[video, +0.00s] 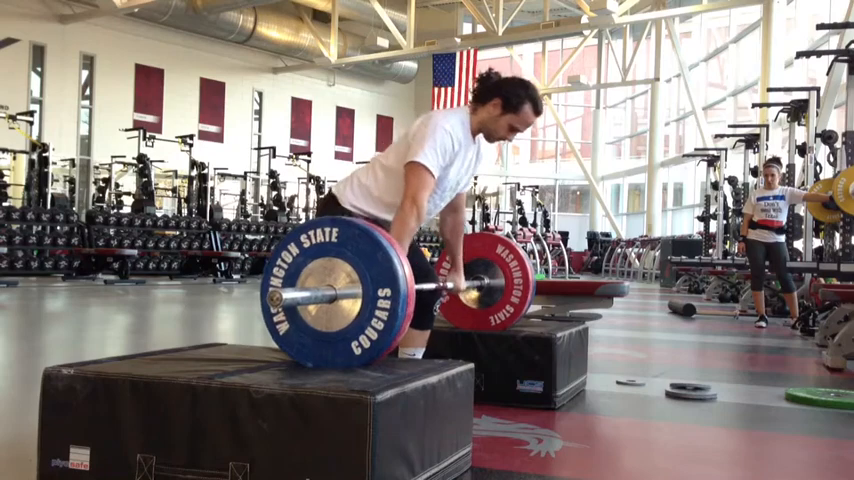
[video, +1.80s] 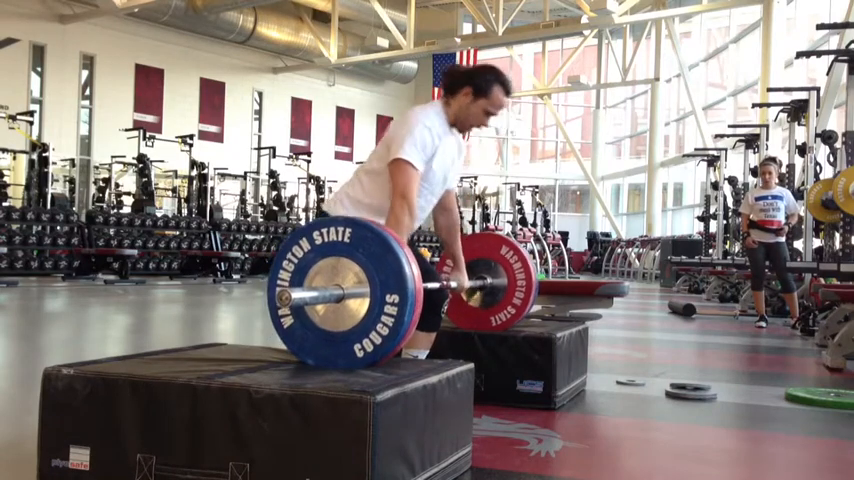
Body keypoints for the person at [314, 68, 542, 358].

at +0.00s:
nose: (511, 138)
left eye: (517, 133)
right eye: (512, 129)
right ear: (495, 106)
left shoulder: (475, 148)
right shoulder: (440, 127)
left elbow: (454, 211)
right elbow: (412, 206)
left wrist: (457, 269)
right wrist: (389, 275)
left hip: (389, 224)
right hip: (347, 213)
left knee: (425, 291)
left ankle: (403, 389)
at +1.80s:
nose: (487, 122)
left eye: (492, 116)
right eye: (487, 112)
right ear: (465, 95)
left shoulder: (454, 141)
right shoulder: (419, 123)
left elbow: (446, 209)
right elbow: (402, 206)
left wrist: (459, 266)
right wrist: (387, 272)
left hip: (387, 231)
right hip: (349, 223)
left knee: (433, 291)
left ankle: (408, 387)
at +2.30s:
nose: (488, 72)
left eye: (486, 65)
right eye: (479, 65)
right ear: (453, 73)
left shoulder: (459, 135)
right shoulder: (430, 119)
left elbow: (448, 207)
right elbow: (406, 199)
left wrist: (454, 265)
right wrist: (390, 267)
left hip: (384, 224)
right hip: (345, 214)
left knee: (425, 289)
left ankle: (404, 385)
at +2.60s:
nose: (457, 71)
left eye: (457, 65)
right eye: (449, 64)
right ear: (423, 72)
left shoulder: (441, 139)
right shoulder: (401, 120)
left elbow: (440, 208)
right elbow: (393, 199)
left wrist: (456, 261)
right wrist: (391, 269)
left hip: (383, 236)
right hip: (345, 231)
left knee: (435, 288)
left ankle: (409, 383)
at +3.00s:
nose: (473, 64)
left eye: (471, 58)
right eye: (464, 59)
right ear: (440, 72)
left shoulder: (452, 131)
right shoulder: (424, 117)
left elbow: (446, 204)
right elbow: (404, 198)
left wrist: (455, 263)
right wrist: (391, 265)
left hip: (381, 225)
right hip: (345, 217)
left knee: (429, 287)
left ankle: (408, 384)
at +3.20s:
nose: (475, 65)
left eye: (473, 60)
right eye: (466, 60)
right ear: (442, 73)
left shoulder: (453, 133)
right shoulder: (425, 118)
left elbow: (447, 204)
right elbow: (404, 198)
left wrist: (456, 262)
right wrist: (393, 265)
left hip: (381, 224)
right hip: (345, 217)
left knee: (430, 287)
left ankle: (406, 382)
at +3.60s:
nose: (473, 40)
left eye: (468, 34)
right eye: (463, 35)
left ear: (450, 53)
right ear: (443, 52)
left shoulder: (457, 108)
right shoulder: (429, 94)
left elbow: (450, 183)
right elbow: (408, 173)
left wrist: (457, 246)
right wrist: (398, 243)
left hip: (396, 205)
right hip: (361, 200)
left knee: (424, 283)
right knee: (376, 289)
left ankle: (407, 381)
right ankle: (366, 388)